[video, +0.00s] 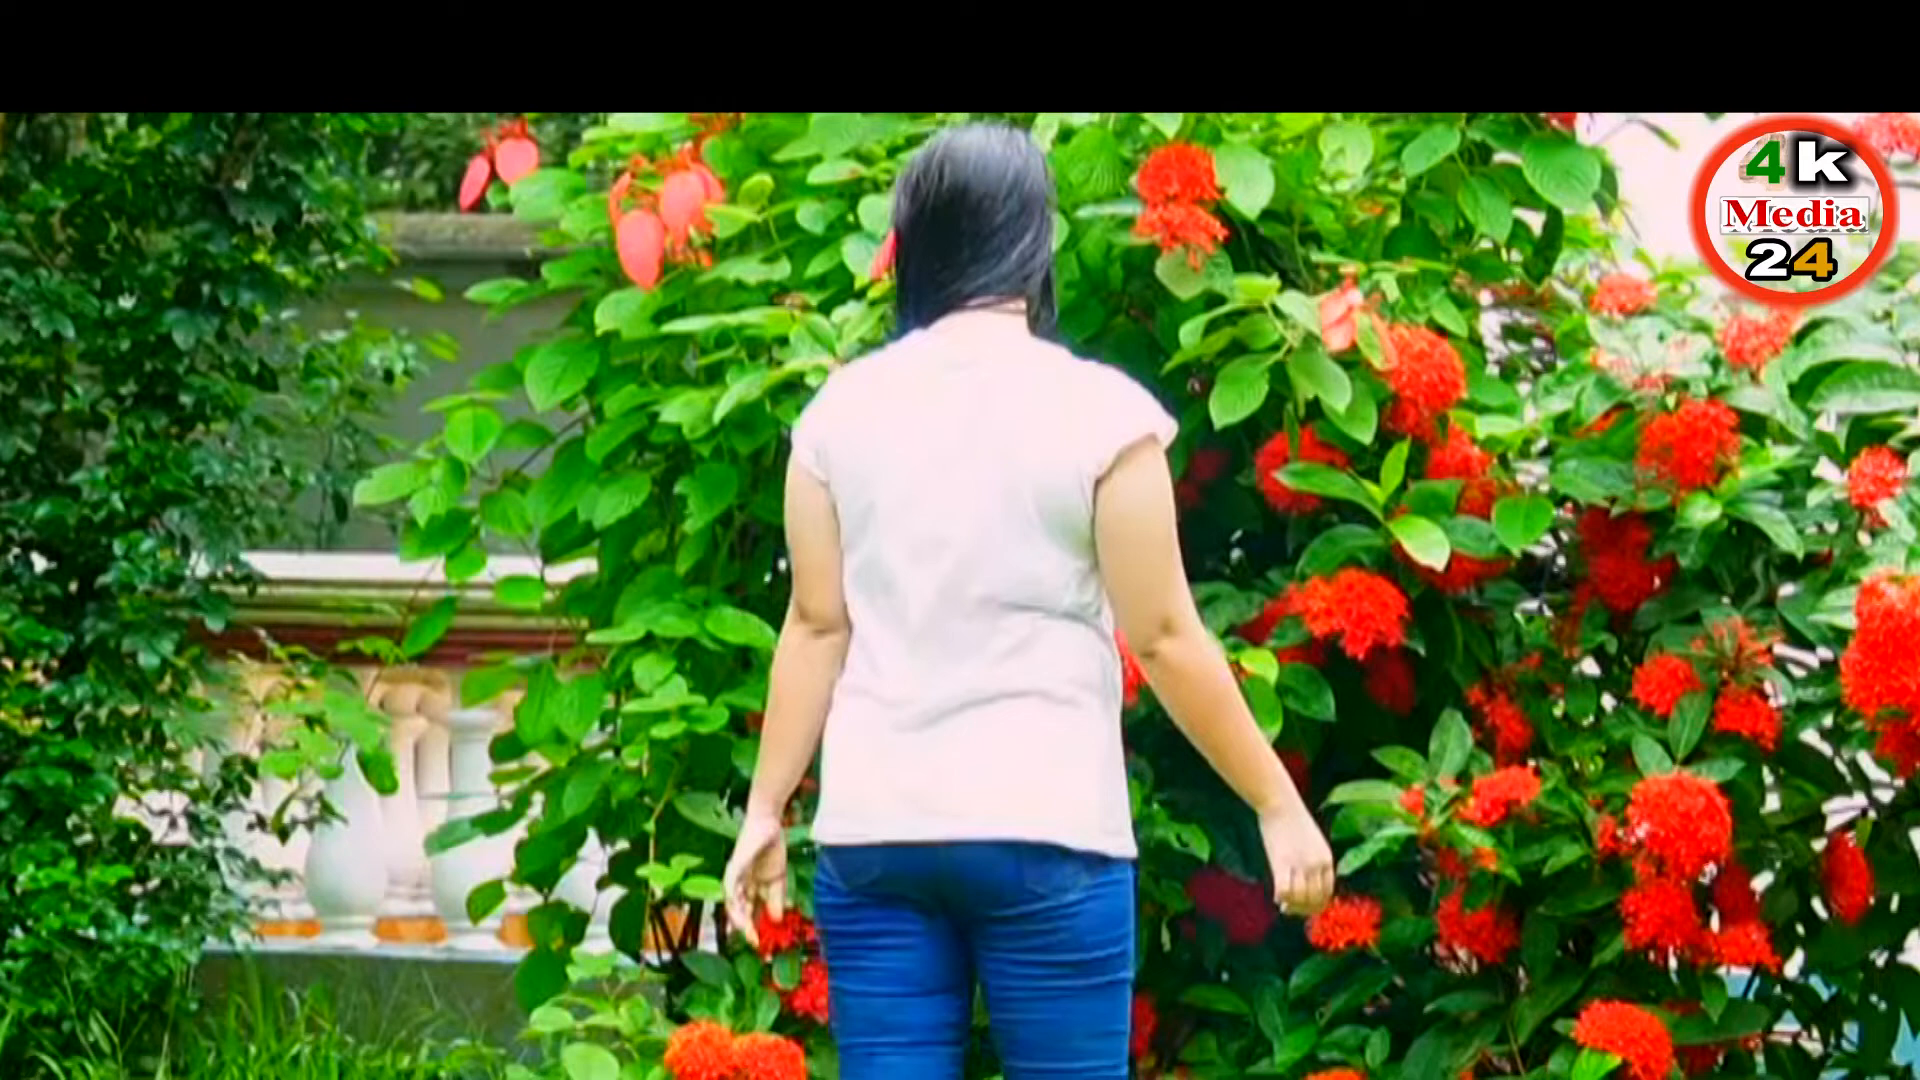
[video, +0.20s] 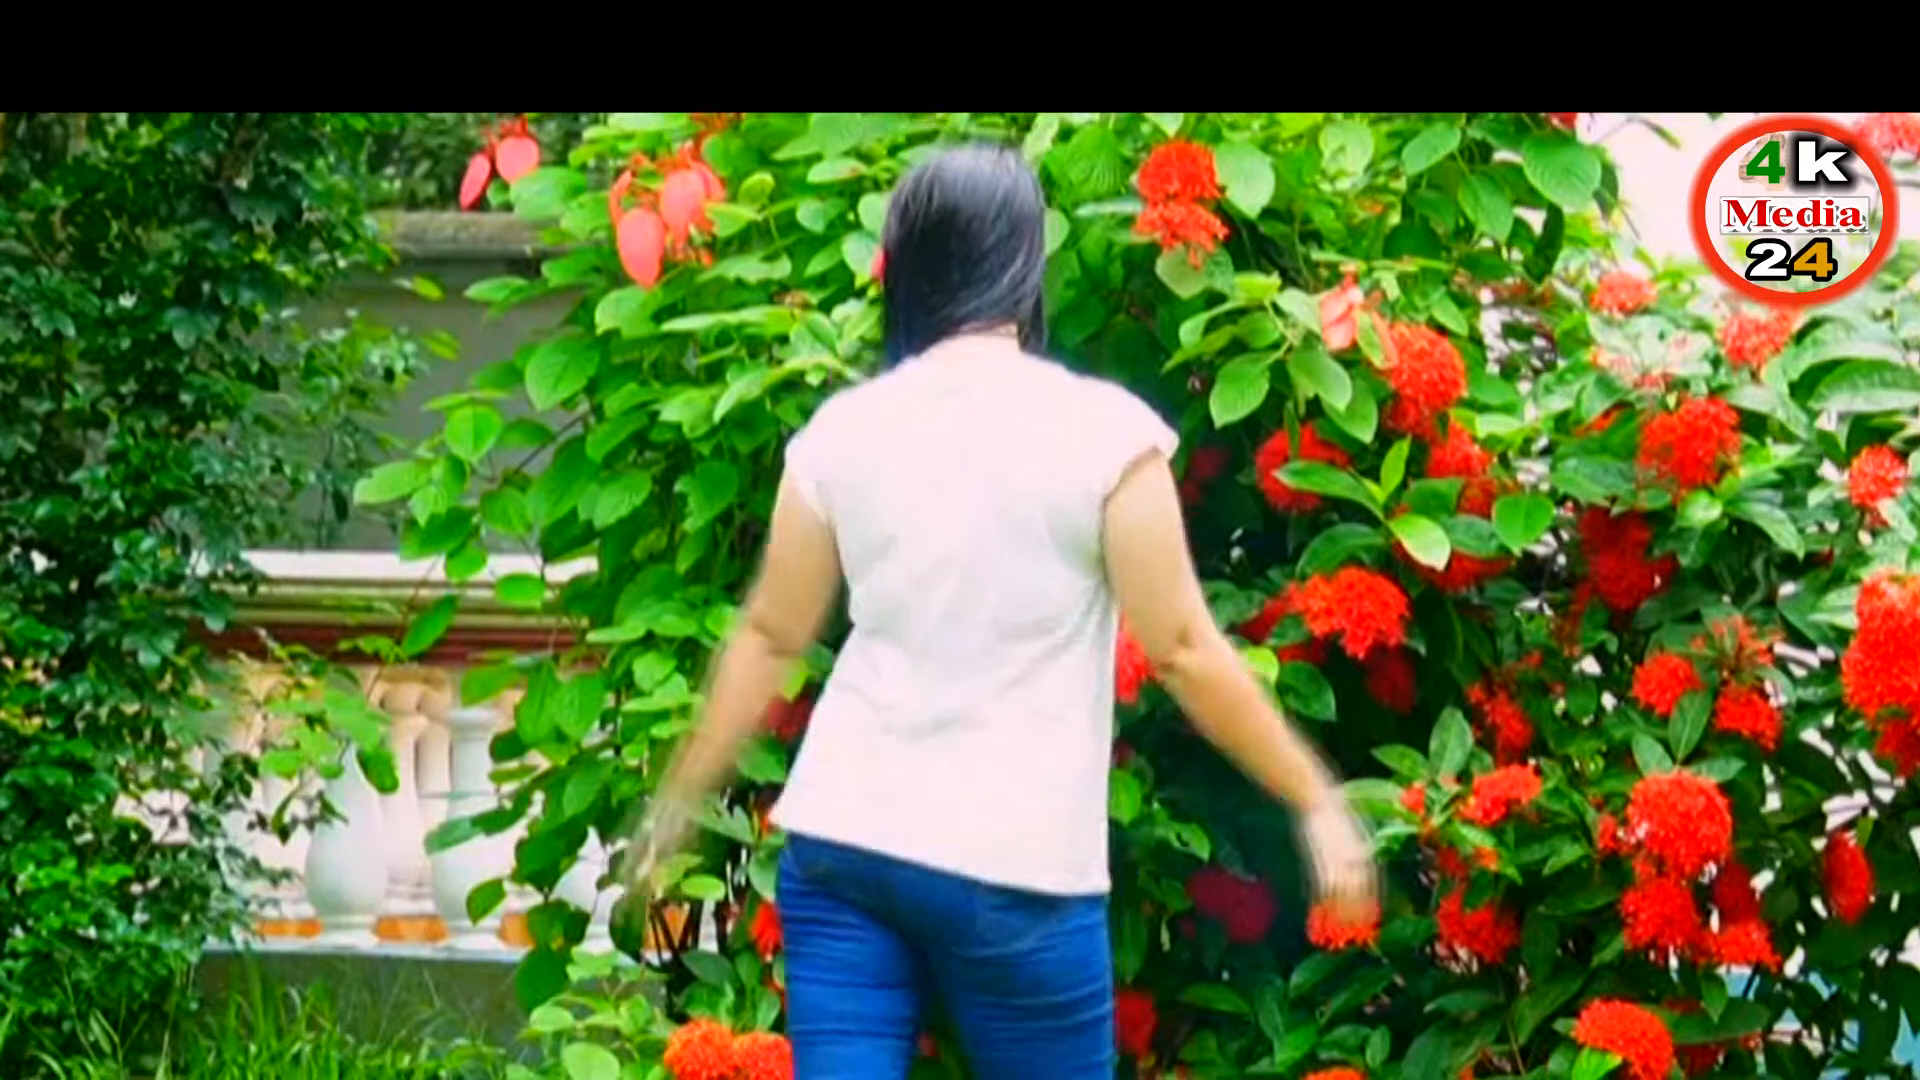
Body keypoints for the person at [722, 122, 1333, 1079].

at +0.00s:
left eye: (899, 228)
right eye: (1041, 226)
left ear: (907, 248)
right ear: (1038, 246)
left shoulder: (838, 409)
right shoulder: (1103, 407)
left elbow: (816, 621)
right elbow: (1164, 635)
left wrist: (765, 805)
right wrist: (1279, 805)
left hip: (871, 820)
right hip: (1049, 816)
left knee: (889, 1067)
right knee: (1070, 1064)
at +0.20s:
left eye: (886, 248)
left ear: (896, 270)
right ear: (1029, 265)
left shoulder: (842, 430)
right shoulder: (1110, 430)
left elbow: (767, 638)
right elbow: (1183, 647)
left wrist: (674, 808)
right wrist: (1314, 796)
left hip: (837, 836)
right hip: (1020, 863)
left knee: (840, 1064)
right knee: (1059, 1064)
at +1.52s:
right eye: (1083, 255)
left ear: (957, 269)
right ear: (1078, 279)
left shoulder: (871, 421)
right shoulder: (1119, 422)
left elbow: (898, 398)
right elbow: (1324, 487)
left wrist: (910, 276)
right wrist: (1336, 289)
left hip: (966, 841)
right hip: (1144, 808)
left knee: (990, 1063)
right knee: (1133, 1064)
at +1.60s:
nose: (1094, 284)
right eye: (1090, 264)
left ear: (958, 276)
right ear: (1081, 288)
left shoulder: (879, 426)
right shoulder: (1118, 430)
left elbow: (917, 390)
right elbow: (1322, 499)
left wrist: (922, 284)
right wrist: (1325, 304)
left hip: (973, 840)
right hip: (1145, 807)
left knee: (1016, 1066)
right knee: (1135, 1064)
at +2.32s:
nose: (1101, 233)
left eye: (1095, 208)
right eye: (1084, 208)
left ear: (1024, 229)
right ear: (1017, 224)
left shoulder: (999, 366)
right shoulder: (958, 365)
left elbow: (1018, 567)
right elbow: (1014, 570)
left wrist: (1092, 433)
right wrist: (1112, 431)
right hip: (992, 813)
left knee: (934, 1066)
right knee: (1070, 1065)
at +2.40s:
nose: (1107, 241)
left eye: (1101, 214)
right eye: (1088, 215)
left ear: (1023, 234)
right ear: (1012, 230)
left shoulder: (1045, 391)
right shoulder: (945, 385)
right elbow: (962, 592)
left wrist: (1139, 486)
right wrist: (1098, 462)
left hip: (1051, 818)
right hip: (982, 820)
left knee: (1060, 1061)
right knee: (1019, 1065)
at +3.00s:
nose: (1133, 241)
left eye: (1151, 220)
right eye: (1105, 214)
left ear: (1169, 240)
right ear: (1032, 226)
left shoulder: (1207, 409)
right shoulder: (935, 411)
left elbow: (1245, 613)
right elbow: (852, 610)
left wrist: (1337, 732)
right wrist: (987, 662)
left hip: (1179, 836)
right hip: (997, 846)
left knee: (1170, 1068)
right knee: (1001, 1068)